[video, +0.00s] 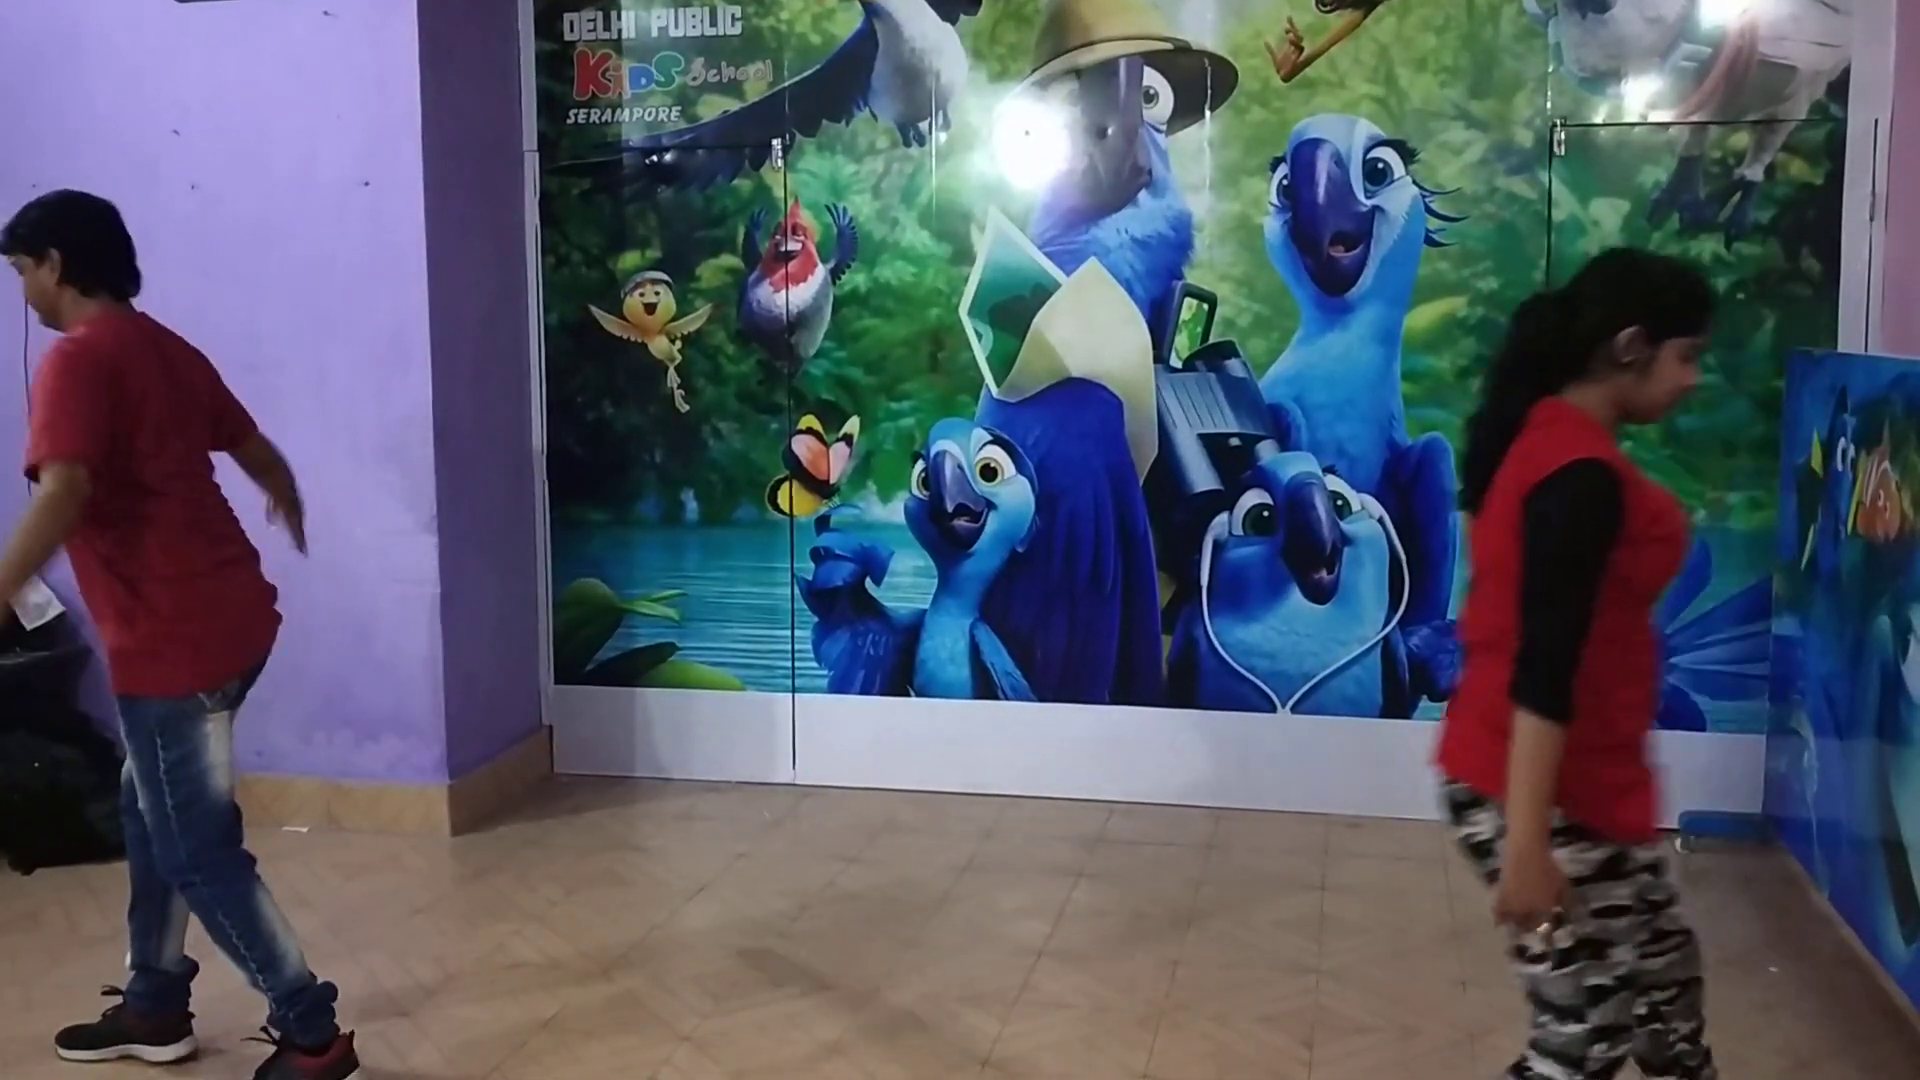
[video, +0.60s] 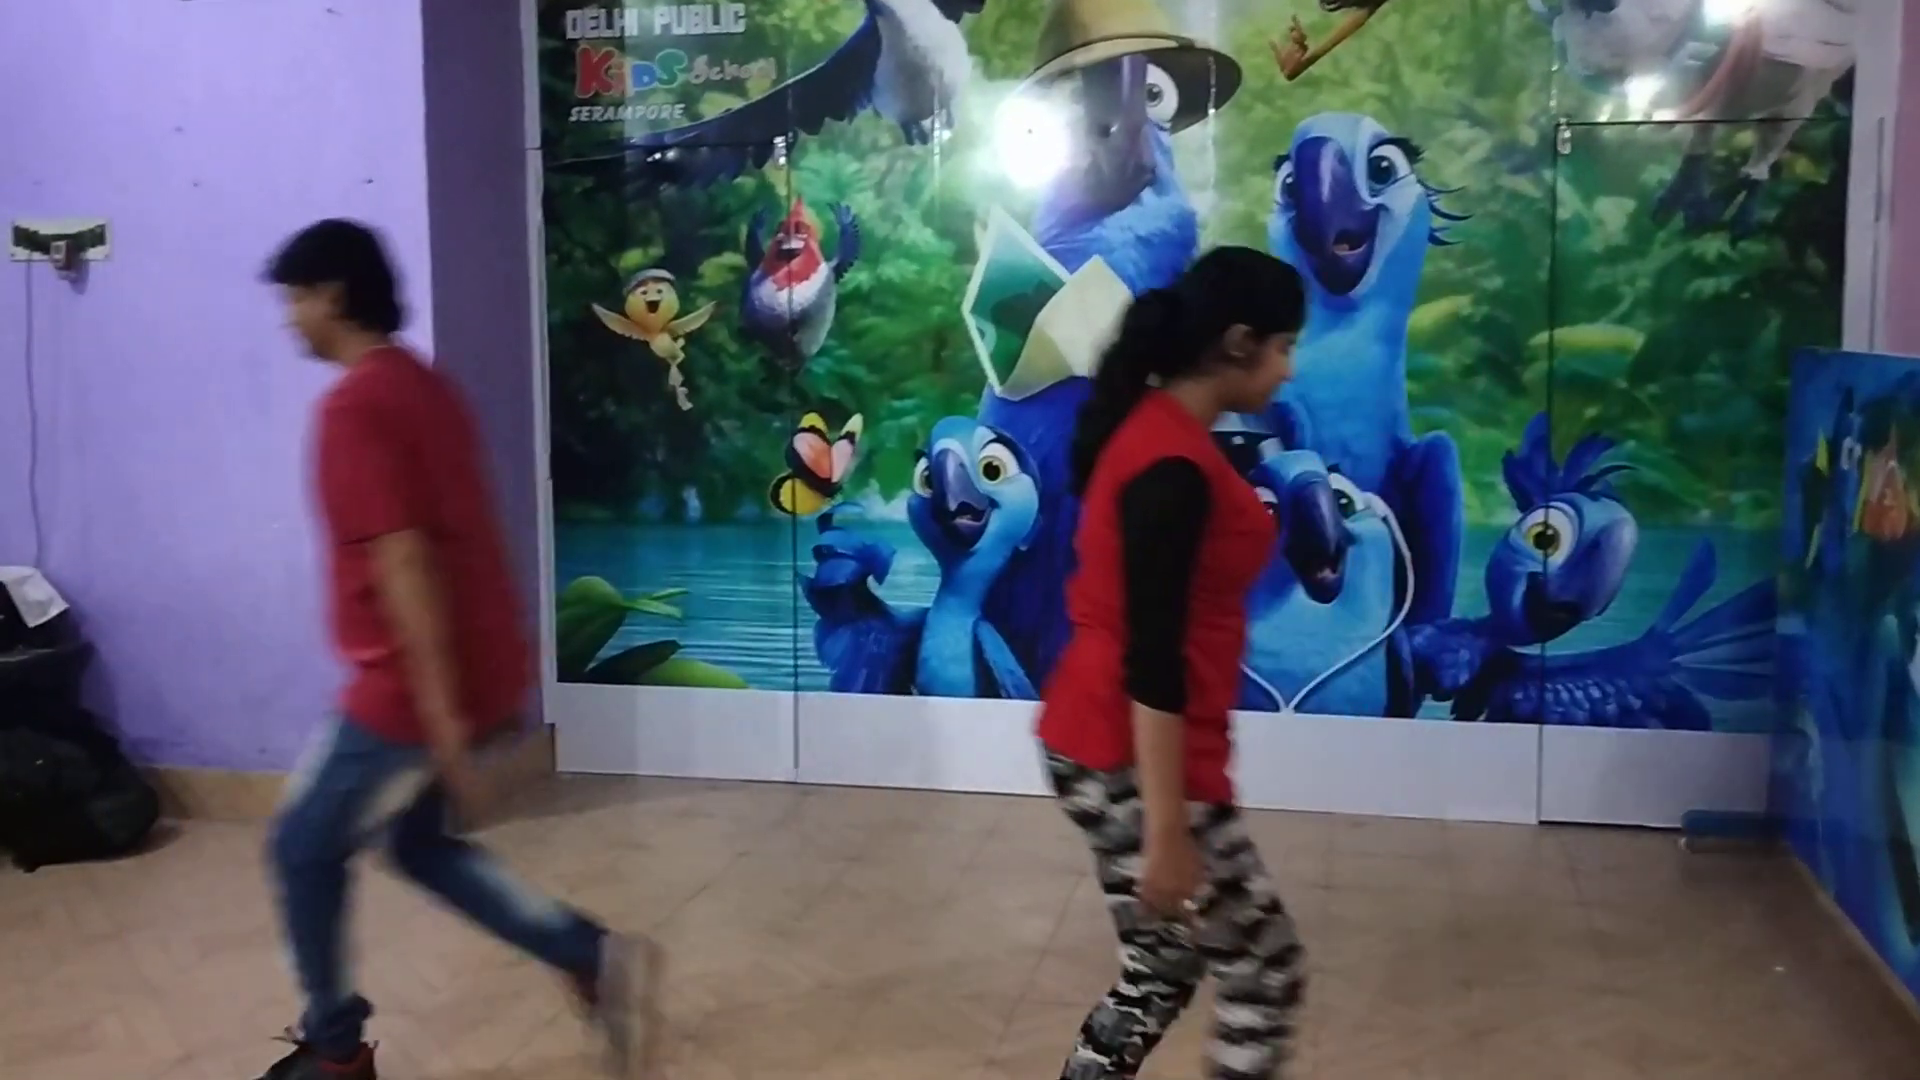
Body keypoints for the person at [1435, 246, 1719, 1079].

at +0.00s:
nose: (1693, 380)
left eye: (1697, 360)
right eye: (1687, 357)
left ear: (1621, 348)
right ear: (1628, 348)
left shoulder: (1555, 443)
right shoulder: (1578, 472)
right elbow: (1543, 671)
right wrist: (1526, 846)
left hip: (1586, 788)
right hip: (1544, 799)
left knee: (1665, 981)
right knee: (1584, 1032)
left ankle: (1675, 1070)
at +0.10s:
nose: (1642, 393)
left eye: (1644, 373)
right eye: (1635, 371)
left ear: (1568, 366)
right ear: (1575, 366)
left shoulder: (1499, 454)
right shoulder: (1528, 488)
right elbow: (1498, 693)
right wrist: (1488, 869)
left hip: (1498, 788)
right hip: (1464, 806)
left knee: (1627, 955)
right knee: (1567, 1026)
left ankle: (1612, 1066)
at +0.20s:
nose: (1581, 403)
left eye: (1584, 382)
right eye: (1574, 381)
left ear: (1508, 374)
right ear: (1516, 376)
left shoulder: (1436, 461)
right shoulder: (1471, 498)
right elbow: (1442, 704)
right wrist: (1437, 880)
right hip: (1412, 810)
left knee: (1571, 958)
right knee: (1538, 1005)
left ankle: (1511, 1063)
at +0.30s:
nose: (1513, 399)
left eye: (1515, 379)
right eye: (1505, 378)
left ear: (1441, 373)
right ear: (1447, 373)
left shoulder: (1363, 463)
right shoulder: (1404, 498)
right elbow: (1378, 703)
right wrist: (1375, 877)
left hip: (1328, 787)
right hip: (1375, 804)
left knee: (1457, 985)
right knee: (1502, 1020)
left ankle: (1327, 1064)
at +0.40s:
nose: (1438, 388)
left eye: (1438, 368)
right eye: (1429, 367)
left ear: (1363, 365)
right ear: (1372, 365)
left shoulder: (1293, 456)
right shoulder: (1326, 488)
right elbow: (1303, 691)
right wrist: (1305, 861)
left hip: (1263, 780)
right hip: (1320, 795)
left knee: (1328, 996)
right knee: (1440, 1000)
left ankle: (1171, 1066)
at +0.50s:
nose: (1359, 378)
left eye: (1360, 358)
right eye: (1352, 357)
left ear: (1286, 352)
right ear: (1301, 355)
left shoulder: (1213, 442)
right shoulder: (1242, 479)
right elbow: (1223, 679)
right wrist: (1230, 848)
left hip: (1176, 762)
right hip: (1231, 779)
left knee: (1204, 982)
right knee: (1339, 990)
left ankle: (1108, 1072)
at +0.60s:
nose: (1289, 368)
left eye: (1291, 348)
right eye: (1285, 347)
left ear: (1215, 339)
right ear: (1238, 346)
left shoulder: (1151, 431)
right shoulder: (1170, 467)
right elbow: (1156, 664)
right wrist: (1168, 833)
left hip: (1101, 746)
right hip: (1143, 763)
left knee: (1160, 968)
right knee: (1264, 969)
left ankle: (1088, 1073)